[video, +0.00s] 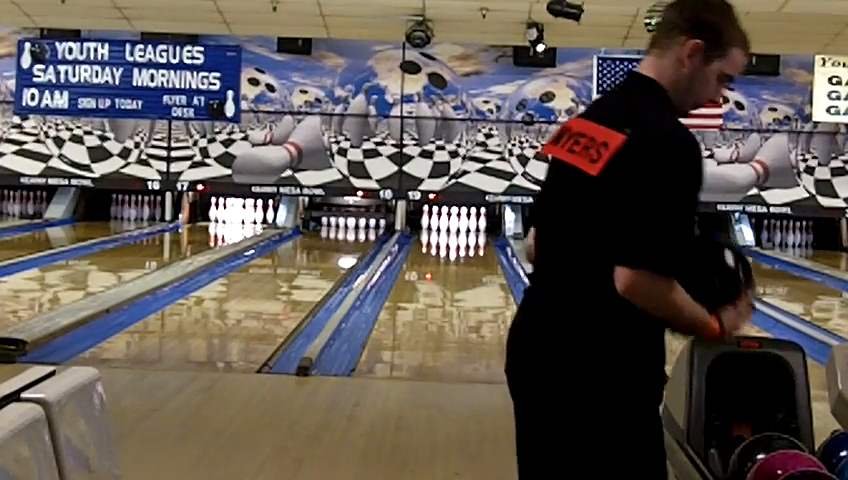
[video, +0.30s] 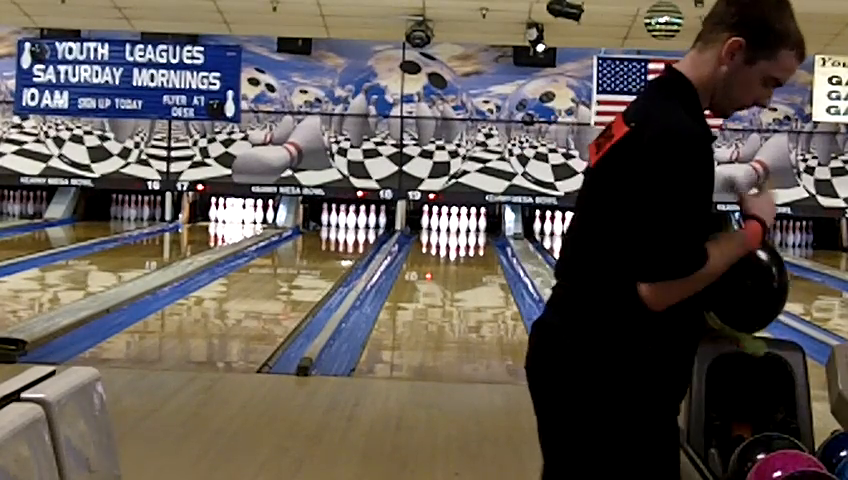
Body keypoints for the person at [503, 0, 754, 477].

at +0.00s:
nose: (720, 96)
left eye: (728, 84)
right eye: (723, 79)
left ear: (683, 51)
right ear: (691, 52)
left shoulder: (593, 114)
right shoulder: (669, 142)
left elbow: (539, 245)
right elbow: (637, 278)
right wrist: (710, 326)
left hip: (542, 340)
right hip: (611, 358)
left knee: (549, 477)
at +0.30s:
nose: (766, 99)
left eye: (776, 87)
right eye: (768, 81)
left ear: (728, 50)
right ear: (732, 53)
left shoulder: (657, 106)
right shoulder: (678, 131)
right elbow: (660, 288)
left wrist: (718, 183)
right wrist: (752, 229)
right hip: (612, 373)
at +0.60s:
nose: (782, 91)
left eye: (791, 78)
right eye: (782, 73)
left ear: (737, 47)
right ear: (742, 47)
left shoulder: (669, 102)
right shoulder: (688, 130)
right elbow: (612, 284)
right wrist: (712, 342)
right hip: (627, 364)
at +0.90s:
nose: (792, 81)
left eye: (800, 66)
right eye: (791, 62)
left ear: (743, 43)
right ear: (747, 42)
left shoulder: (688, 111)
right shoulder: (689, 128)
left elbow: (696, 256)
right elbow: (602, 275)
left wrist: (793, 304)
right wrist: (702, 355)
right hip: (625, 369)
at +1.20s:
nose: (783, 74)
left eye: (790, 58)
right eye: (783, 55)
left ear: (735, 38)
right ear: (742, 38)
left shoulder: (658, 99)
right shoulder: (708, 141)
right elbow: (647, 289)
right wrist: (739, 348)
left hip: (590, 344)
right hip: (643, 368)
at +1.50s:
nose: (754, 67)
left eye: (762, 55)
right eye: (759, 52)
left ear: (684, 26)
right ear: (734, 40)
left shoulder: (625, 105)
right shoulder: (718, 146)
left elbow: (586, 248)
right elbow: (717, 302)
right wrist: (788, 278)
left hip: (600, 352)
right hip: (679, 368)